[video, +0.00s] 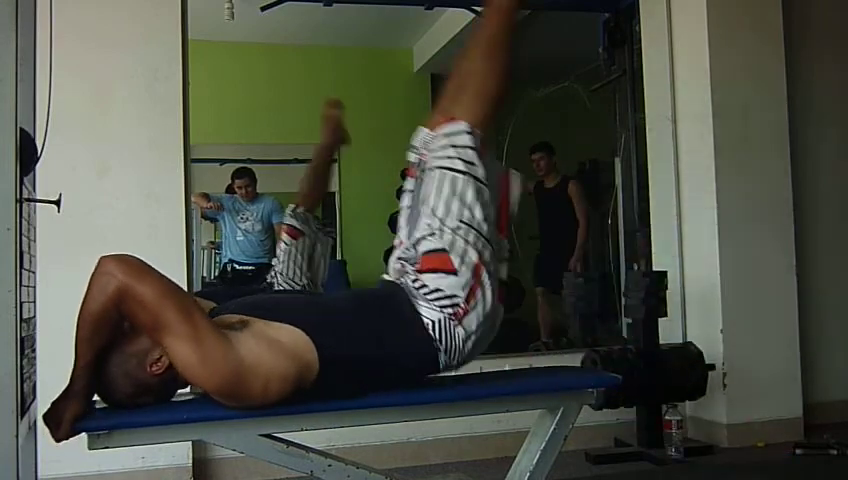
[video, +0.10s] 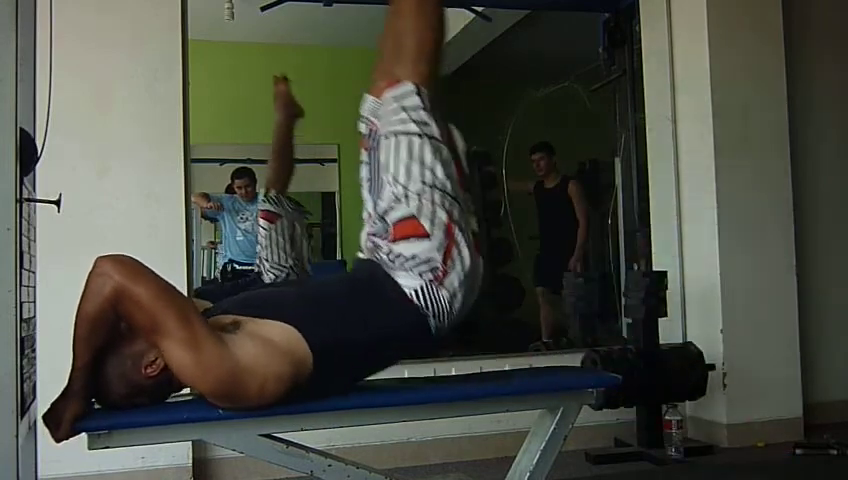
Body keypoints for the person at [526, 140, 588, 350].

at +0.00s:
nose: (537, 165)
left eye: (541, 160)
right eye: (534, 161)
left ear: (552, 160)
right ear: (532, 164)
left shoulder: (570, 185)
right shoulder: (537, 188)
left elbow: (583, 221)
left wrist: (578, 254)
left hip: (567, 249)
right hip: (545, 249)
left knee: (568, 294)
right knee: (542, 293)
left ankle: (571, 337)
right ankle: (546, 340)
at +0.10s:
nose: (537, 165)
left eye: (541, 160)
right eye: (534, 162)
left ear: (552, 160)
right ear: (532, 164)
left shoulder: (570, 185)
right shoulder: (537, 187)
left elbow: (582, 221)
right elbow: (511, 185)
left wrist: (578, 255)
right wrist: (494, 177)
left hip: (567, 250)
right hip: (546, 249)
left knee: (568, 294)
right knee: (543, 292)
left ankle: (572, 338)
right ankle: (546, 341)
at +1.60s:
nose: (537, 165)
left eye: (541, 160)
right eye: (534, 161)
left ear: (553, 161)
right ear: (532, 164)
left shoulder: (570, 187)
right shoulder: (536, 187)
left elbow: (580, 224)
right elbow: (510, 185)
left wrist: (574, 257)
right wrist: (488, 167)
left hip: (566, 250)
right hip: (545, 250)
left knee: (568, 297)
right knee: (545, 297)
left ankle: (573, 336)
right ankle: (575, 329)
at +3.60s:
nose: (536, 165)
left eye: (541, 160)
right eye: (534, 161)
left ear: (552, 161)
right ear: (531, 165)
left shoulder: (570, 187)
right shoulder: (535, 187)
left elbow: (580, 224)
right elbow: (509, 186)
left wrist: (574, 257)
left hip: (567, 249)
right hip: (546, 249)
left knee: (568, 296)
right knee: (546, 297)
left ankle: (574, 335)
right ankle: (578, 329)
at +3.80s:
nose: (543, 166)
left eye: (546, 160)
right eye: (539, 162)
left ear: (553, 160)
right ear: (535, 164)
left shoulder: (570, 187)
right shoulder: (538, 190)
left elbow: (580, 224)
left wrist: (574, 256)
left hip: (566, 250)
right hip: (545, 250)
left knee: (569, 295)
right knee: (545, 297)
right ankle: (576, 329)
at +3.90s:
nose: (541, 169)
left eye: (543, 164)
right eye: (537, 165)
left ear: (550, 162)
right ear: (535, 168)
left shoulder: (569, 187)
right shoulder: (539, 189)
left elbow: (580, 224)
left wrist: (574, 257)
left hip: (566, 249)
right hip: (546, 249)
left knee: (569, 295)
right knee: (546, 297)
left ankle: (579, 332)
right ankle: (577, 330)